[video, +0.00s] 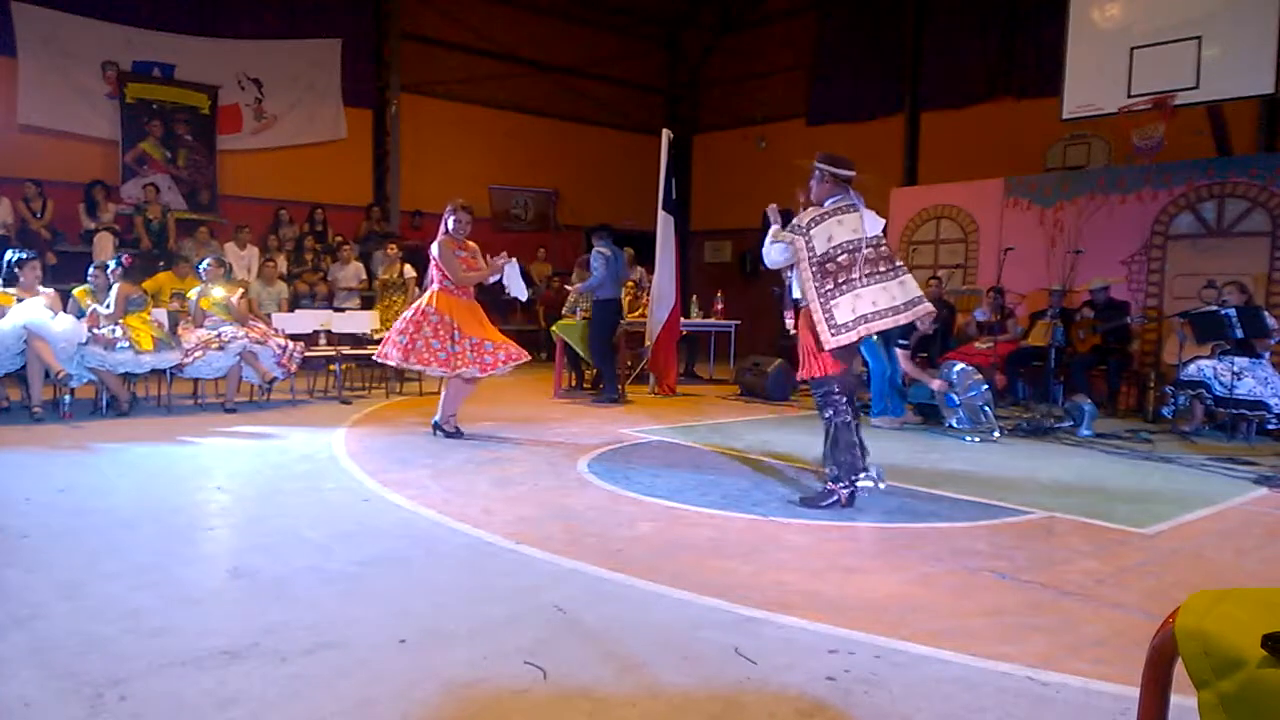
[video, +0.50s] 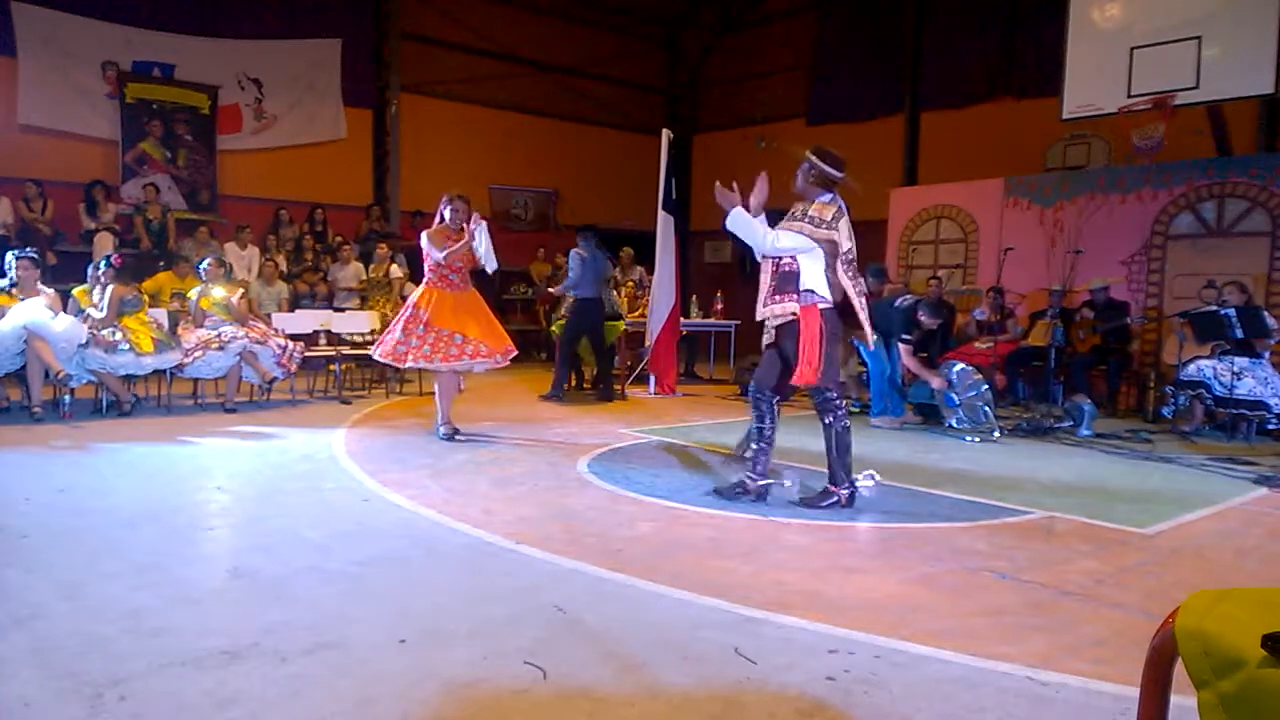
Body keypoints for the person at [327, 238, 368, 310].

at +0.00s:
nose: (348, 253)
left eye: (350, 250)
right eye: (345, 250)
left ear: (352, 251)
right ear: (338, 253)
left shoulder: (358, 266)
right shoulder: (333, 267)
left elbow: (365, 284)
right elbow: (329, 283)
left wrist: (352, 288)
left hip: (353, 305)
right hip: (338, 305)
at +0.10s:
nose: (348, 253)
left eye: (350, 250)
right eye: (345, 250)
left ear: (352, 251)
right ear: (338, 253)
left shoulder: (358, 266)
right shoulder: (333, 267)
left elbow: (365, 284)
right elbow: (329, 283)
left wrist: (352, 288)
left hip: (353, 305)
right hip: (338, 305)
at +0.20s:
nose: (348, 253)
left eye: (350, 250)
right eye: (345, 250)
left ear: (352, 251)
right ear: (338, 253)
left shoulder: (358, 266)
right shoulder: (333, 267)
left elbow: (365, 284)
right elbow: (329, 283)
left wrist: (353, 288)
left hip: (353, 305)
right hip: (338, 305)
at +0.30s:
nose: (348, 253)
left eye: (350, 250)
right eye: (345, 250)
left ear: (352, 252)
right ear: (338, 253)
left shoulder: (359, 266)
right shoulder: (333, 267)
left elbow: (365, 284)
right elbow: (329, 283)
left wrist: (353, 288)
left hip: (353, 305)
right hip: (338, 305)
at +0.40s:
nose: (348, 253)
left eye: (350, 250)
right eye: (345, 250)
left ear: (352, 252)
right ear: (338, 253)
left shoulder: (359, 266)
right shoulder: (333, 267)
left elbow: (365, 284)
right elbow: (329, 284)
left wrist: (353, 288)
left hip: (353, 305)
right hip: (338, 305)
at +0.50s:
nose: (348, 253)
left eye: (350, 250)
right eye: (345, 250)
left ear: (352, 252)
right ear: (338, 253)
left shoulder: (359, 266)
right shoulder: (333, 267)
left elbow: (364, 284)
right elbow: (329, 283)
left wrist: (352, 288)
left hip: (353, 305)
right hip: (338, 305)